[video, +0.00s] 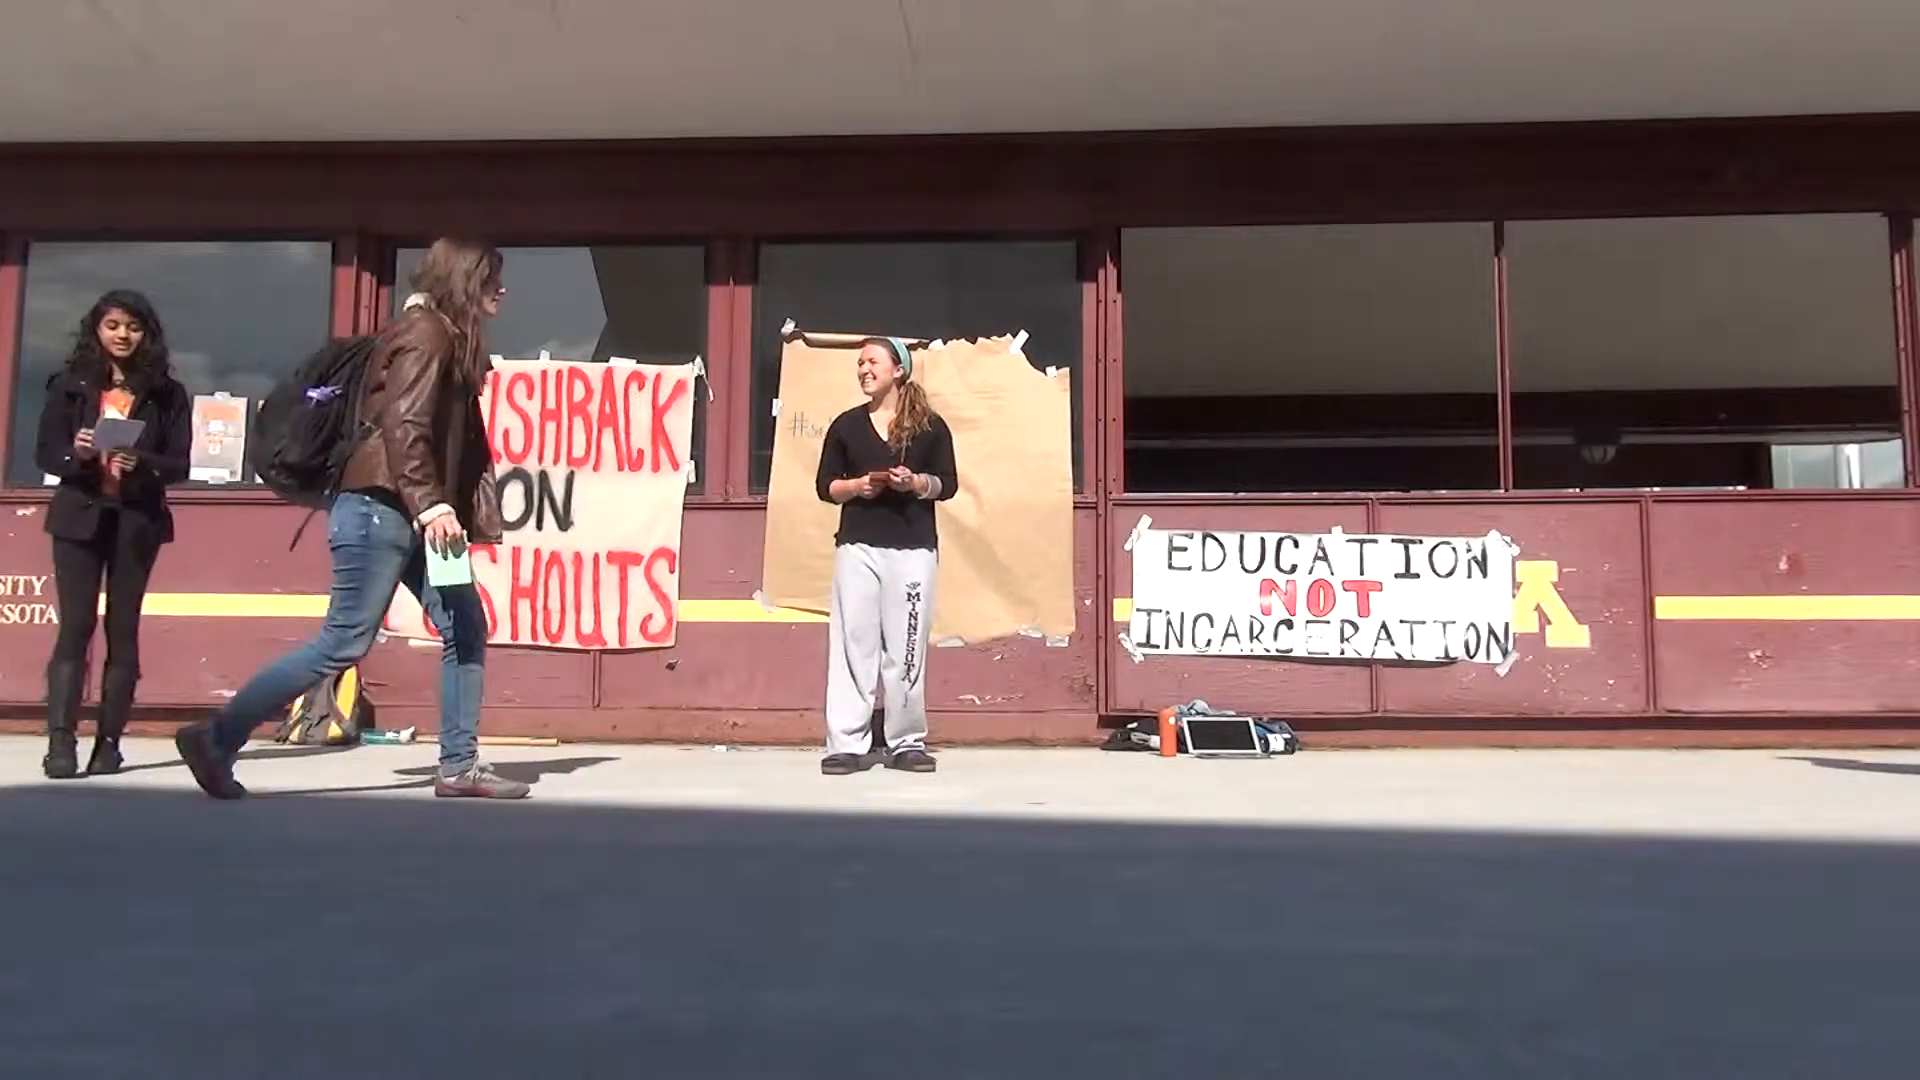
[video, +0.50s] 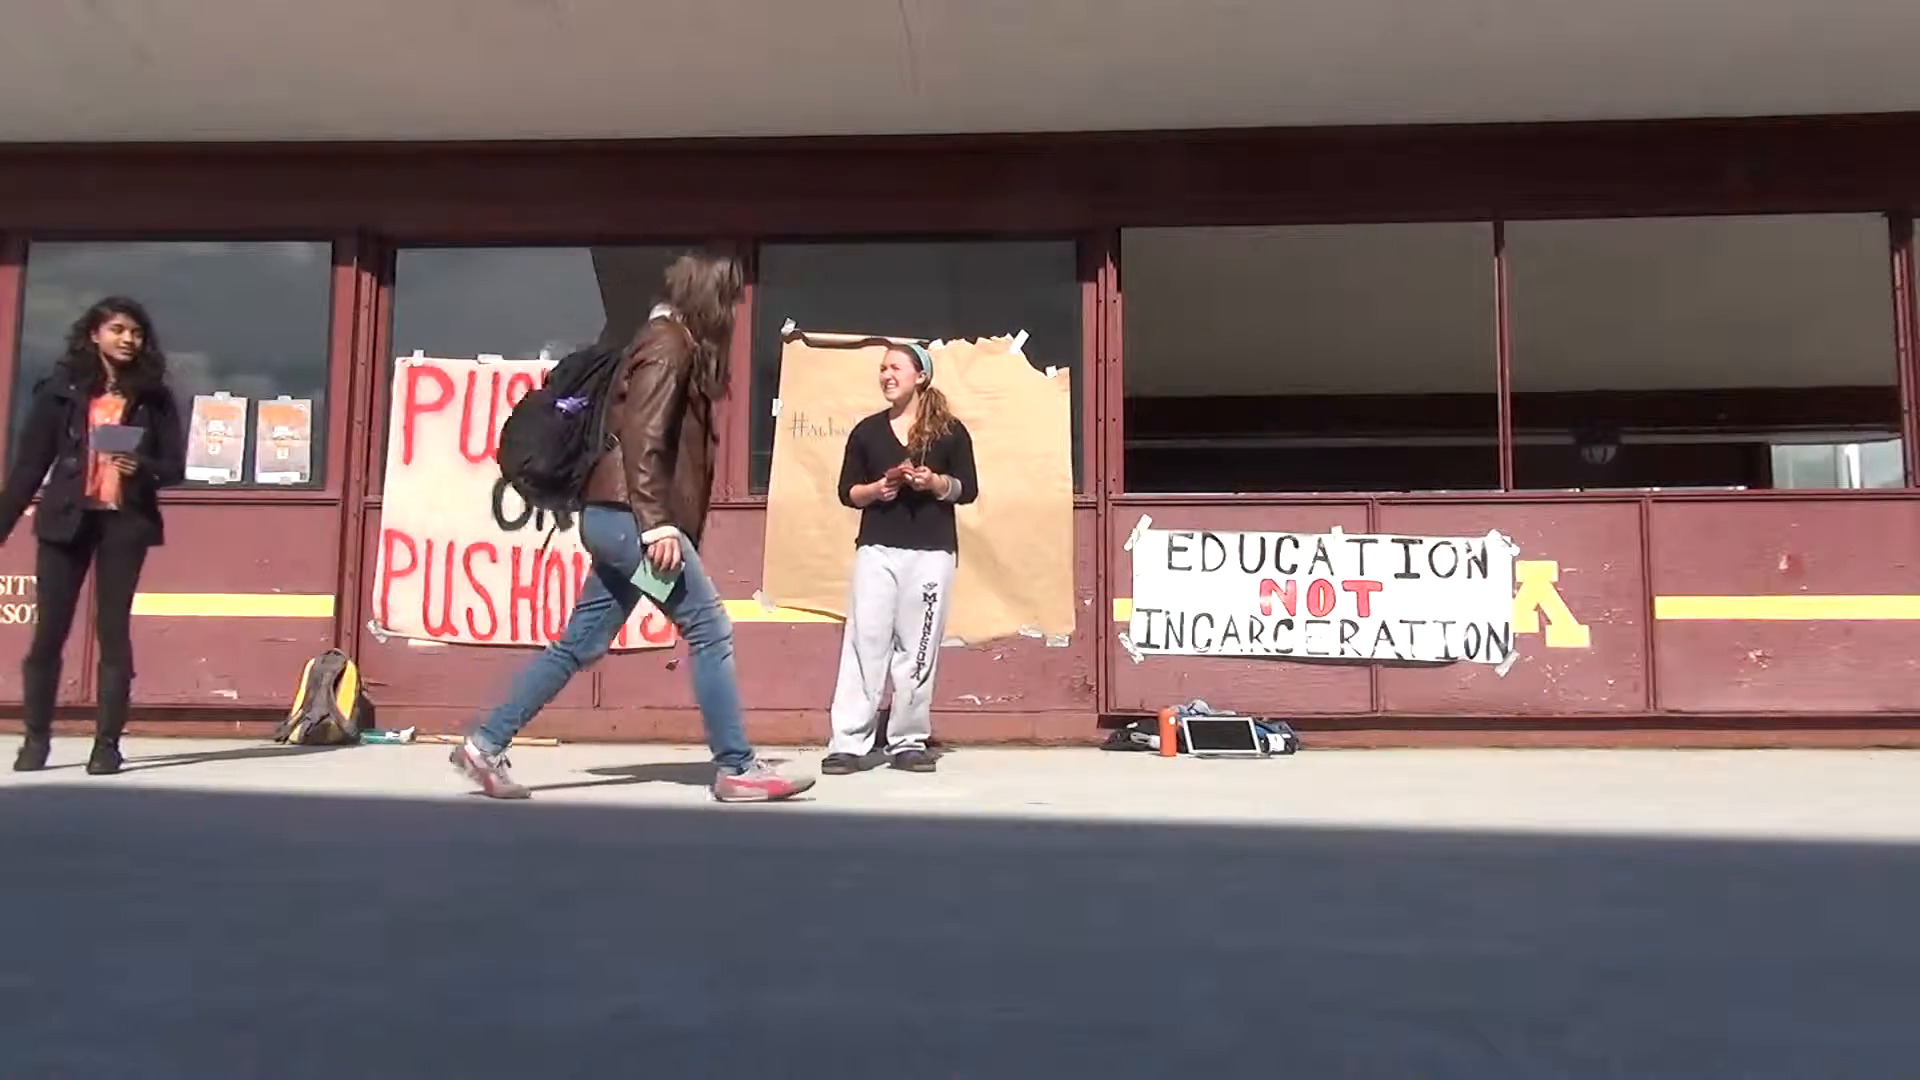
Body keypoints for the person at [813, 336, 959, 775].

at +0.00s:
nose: (863, 370)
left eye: (871, 362)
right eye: (861, 363)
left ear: (898, 369)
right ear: (864, 371)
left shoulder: (930, 426)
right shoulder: (845, 426)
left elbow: (947, 485)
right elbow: (826, 487)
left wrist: (919, 484)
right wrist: (856, 486)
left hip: (912, 549)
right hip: (857, 547)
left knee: (907, 646)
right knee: (855, 645)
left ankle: (905, 742)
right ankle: (847, 744)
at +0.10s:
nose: (868, 370)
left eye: (877, 363)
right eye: (866, 364)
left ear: (904, 370)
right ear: (867, 373)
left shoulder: (935, 427)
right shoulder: (850, 427)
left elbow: (952, 485)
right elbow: (832, 488)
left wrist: (921, 483)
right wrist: (863, 486)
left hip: (917, 550)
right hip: (862, 547)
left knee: (910, 646)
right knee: (858, 644)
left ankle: (906, 742)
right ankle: (848, 744)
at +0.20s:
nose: (874, 371)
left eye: (883, 364)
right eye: (871, 365)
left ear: (909, 371)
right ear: (870, 373)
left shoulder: (940, 428)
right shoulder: (855, 428)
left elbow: (957, 487)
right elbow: (837, 489)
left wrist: (925, 482)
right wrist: (867, 487)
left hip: (921, 550)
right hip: (867, 547)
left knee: (913, 646)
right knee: (861, 644)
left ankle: (907, 742)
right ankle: (849, 744)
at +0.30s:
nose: (877, 372)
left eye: (886, 365)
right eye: (875, 365)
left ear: (912, 372)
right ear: (875, 374)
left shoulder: (944, 429)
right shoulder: (860, 429)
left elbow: (961, 488)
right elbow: (842, 492)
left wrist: (928, 482)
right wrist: (871, 489)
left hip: (926, 550)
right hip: (871, 547)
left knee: (916, 645)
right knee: (864, 644)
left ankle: (908, 742)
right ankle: (849, 744)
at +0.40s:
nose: (881, 374)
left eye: (890, 367)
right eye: (879, 367)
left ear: (916, 374)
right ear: (878, 375)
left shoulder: (948, 430)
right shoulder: (864, 430)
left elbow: (965, 490)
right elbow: (845, 493)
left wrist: (931, 482)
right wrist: (874, 490)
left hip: (929, 550)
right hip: (874, 548)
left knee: (917, 647)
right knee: (865, 644)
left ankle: (908, 742)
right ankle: (849, 744)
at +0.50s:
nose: (886, 375)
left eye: (895, 369)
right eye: (883, 368)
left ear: (920, 376)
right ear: (881, 376)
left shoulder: (950, 431)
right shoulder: (866, 431)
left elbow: (968, 490)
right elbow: (848, 493)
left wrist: (934, 483)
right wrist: (877, 490)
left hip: (930, 551)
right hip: (876, 548)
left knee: (919, 646)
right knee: (866, 643)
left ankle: (908, 741)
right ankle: (849, 743)